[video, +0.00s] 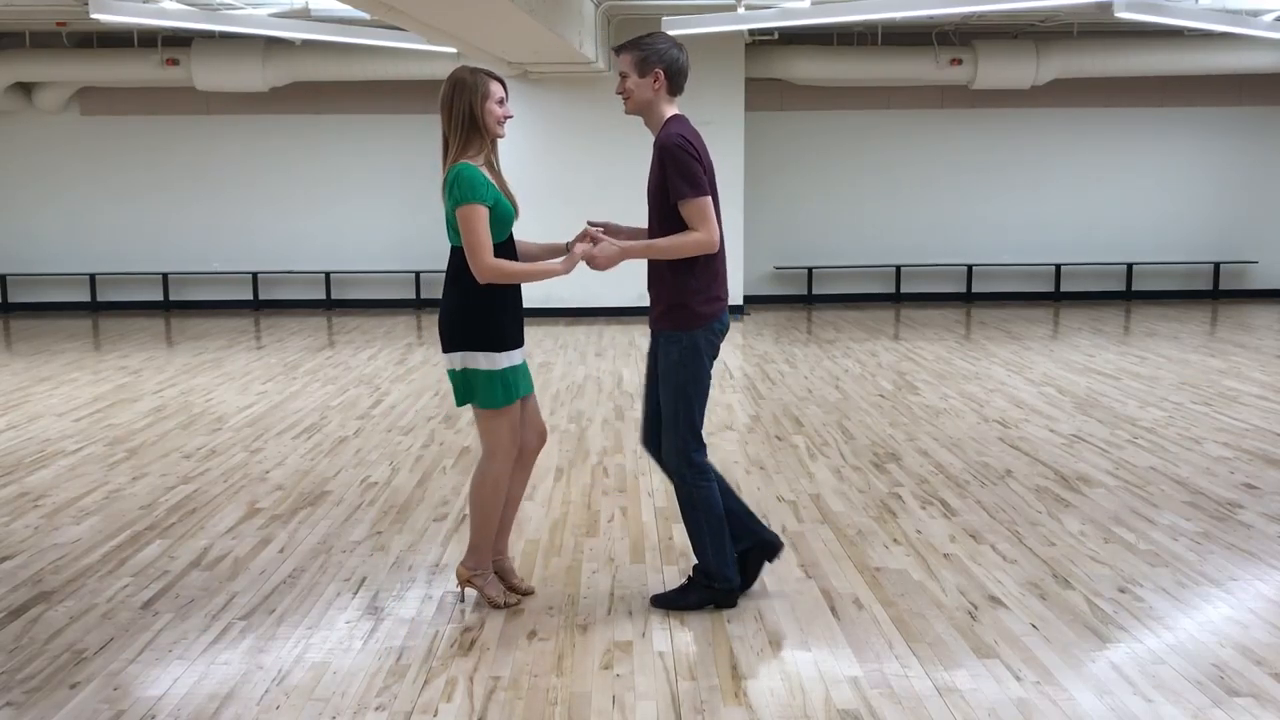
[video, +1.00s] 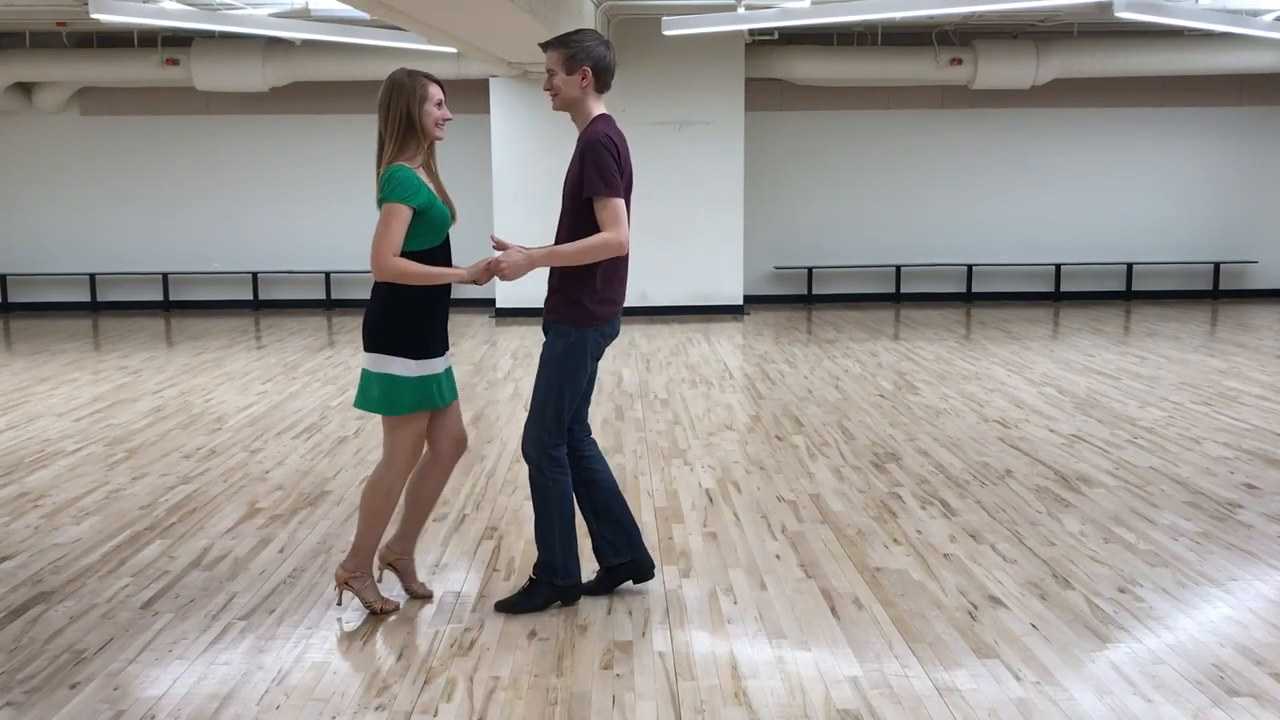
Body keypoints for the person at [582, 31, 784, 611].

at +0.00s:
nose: (618, 87)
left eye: (624, 77)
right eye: (618, 77)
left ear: (655, 78)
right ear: (656, 79)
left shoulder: (676, 142)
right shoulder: (669, 140)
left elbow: (707, 237)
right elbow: (680, 233)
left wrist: (627, 250)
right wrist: (622, 234)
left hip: (691, 321)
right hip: (674, 319)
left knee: (682, 448)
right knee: (659, 439)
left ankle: (718, 575)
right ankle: (750, 541)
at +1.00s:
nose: (545, 83)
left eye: (552, 73)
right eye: (546, 74)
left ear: (583, 76)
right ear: (585, 77)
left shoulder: (599, 140)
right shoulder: (598, 137)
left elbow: (615, 239)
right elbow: (594, 238)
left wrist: (533, 258)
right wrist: (530, 252)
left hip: (580, 320)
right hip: (583, 316)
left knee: (544, 443)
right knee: (571, 436)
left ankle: (556, 577)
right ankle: (626, 557)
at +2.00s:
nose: (619, 85)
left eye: (626, 74)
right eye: (619, 75)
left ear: (657, 75)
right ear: (659, 77)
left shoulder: (678, 141)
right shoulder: (677, 135)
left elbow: (705, 238)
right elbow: (686, 229)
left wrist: (627, 255)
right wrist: (629, 234)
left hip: (692, 319)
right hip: (696, 316)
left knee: (685, 448)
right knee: (705, 437)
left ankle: (714, 577)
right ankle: (771, 555)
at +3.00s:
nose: (557, 84)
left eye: (564, 75)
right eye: (558, 75)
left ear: (595, 79)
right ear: (597, 80)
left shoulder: (610, 143)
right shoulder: (614, 139)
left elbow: (622, 243)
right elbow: (607, 239)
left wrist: (539, 253)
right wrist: (538, 248)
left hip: (601, 321)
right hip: (609, 317)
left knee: (558, 442)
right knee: (592, 439)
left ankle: (589, 578)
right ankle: (635, 564)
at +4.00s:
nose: (568, 98)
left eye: (577, 89)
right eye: (567, 89)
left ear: (610, 93)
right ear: (594, 96)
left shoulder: (619, 147)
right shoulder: (602, 148)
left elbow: (674, 215)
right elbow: (566, 200)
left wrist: (645, 167)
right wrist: (548, 176)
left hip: (607, 315)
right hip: (633, 307)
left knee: (595, 429)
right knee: (628, 423)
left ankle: (628, 537)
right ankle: (679, 533)